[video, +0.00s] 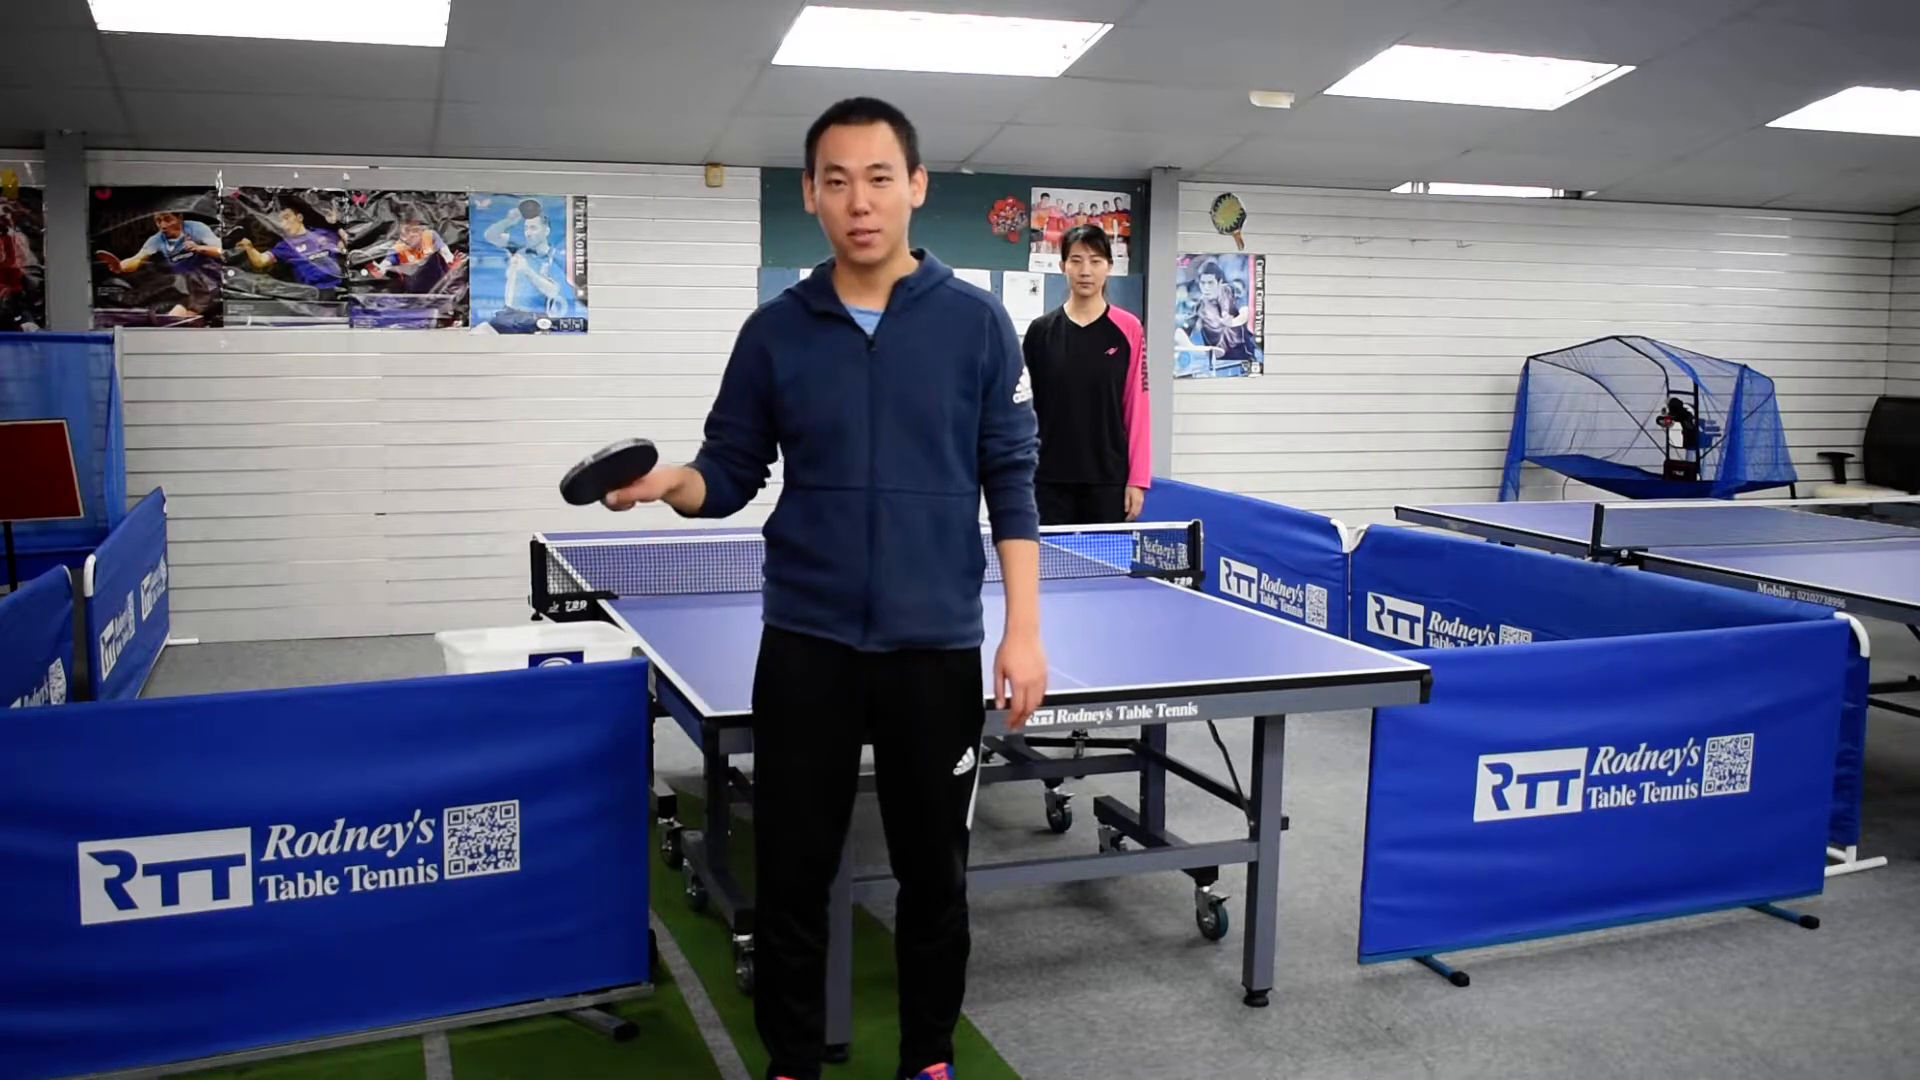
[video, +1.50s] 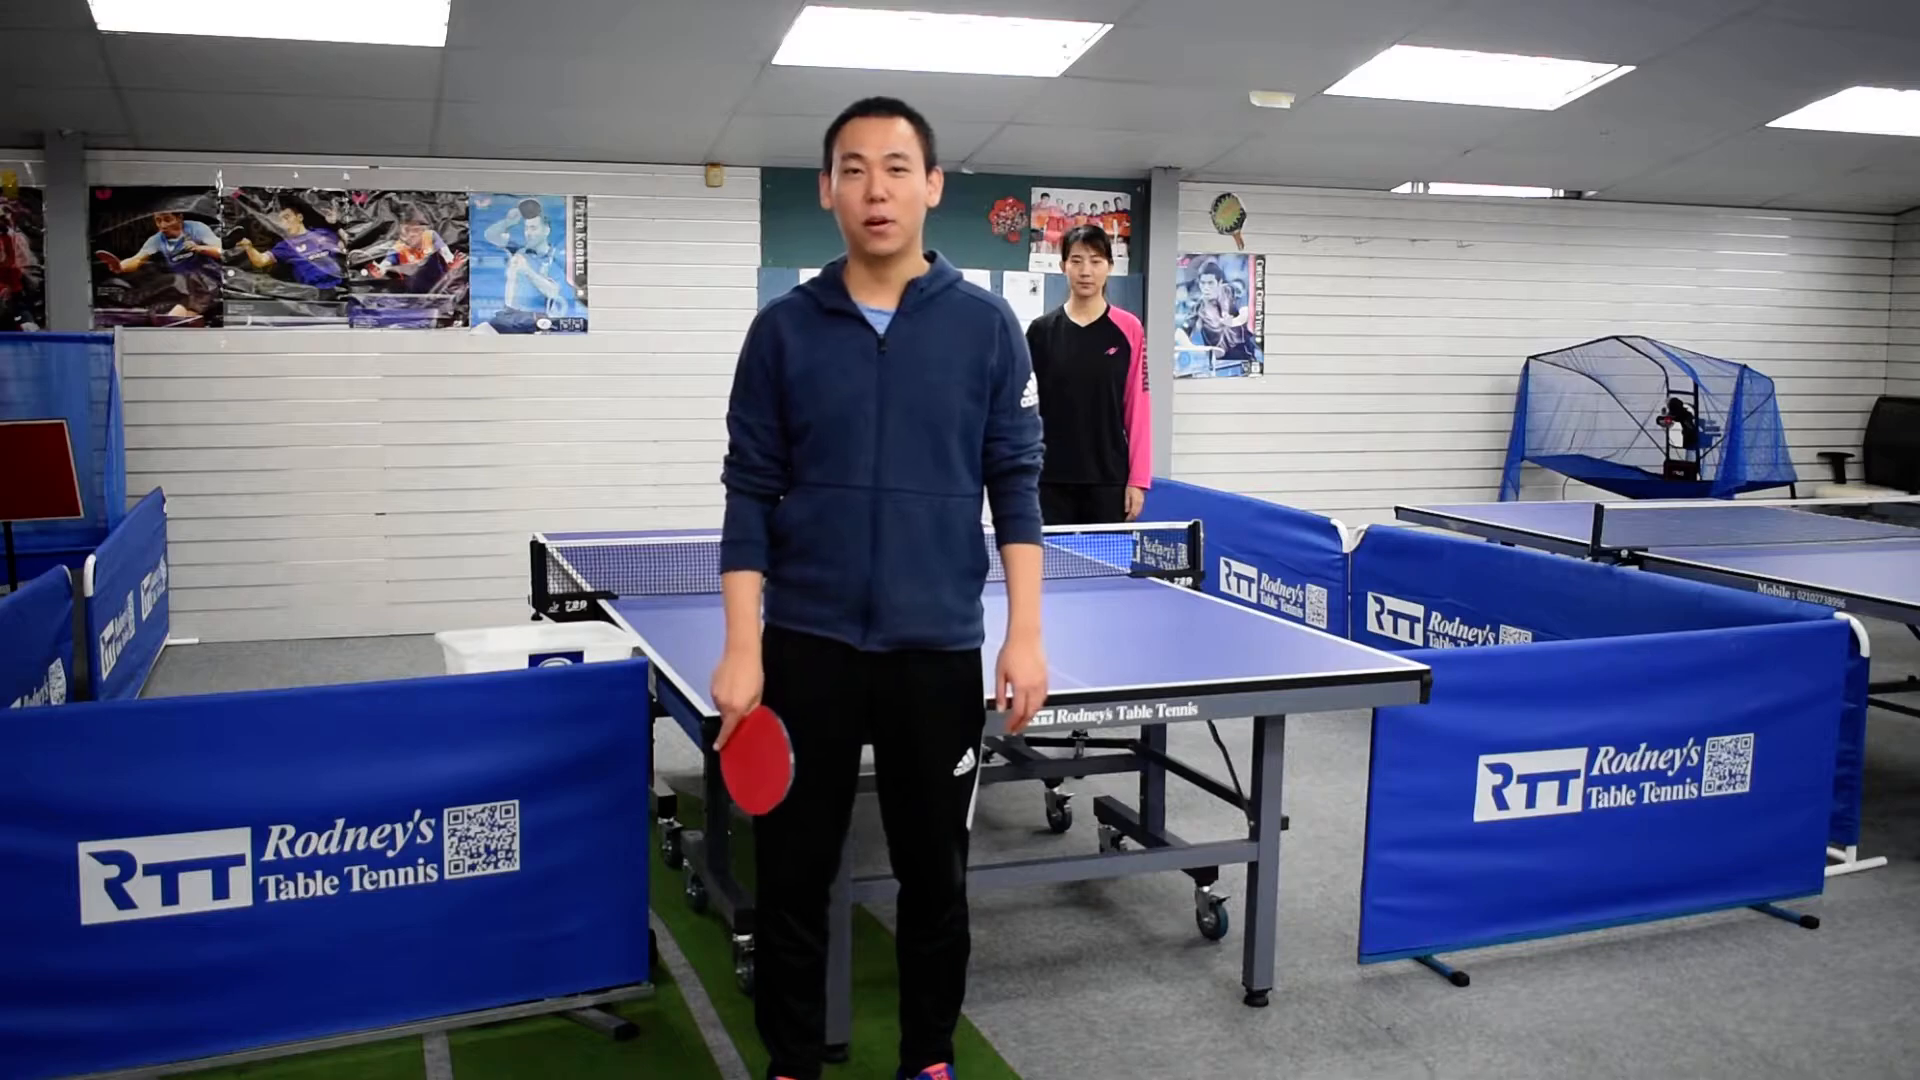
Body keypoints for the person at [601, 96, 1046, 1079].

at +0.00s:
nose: (859, 201)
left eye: (879, 178)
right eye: (838, 181)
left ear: (917, 188)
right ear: (811, 197)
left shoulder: (976, 324)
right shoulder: (776, 329)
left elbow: (1011, 479)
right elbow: (729, 474)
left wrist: (1023, 628)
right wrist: (673, 481)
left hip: (935, 639)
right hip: (806, 636)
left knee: (932, 869)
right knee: (792, 867)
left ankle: (929, 1058)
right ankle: (791, 1062)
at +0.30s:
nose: (864, 190)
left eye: (886, 169)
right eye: (844, 171)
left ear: (923, 187)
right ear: (818, 192)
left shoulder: (980, 325)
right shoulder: (778, 326)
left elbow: (1009, 486)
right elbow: (736, 460)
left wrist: (1017, 633)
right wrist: (692, 505)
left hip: (936, 643)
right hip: (807, 638)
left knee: (931, 873)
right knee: (792, 870)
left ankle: (928, 1059)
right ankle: (792, 1062)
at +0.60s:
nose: (875, 178)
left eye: (898, 161)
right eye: (855, 162)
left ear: (932, 188)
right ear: (831, 191)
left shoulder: (986, 326)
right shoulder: (787, 329)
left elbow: (1017, 481)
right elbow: (744, 486)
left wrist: (1024, 631)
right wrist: (764, 640)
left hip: (939, 645)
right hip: (812, 643)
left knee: (935, 874)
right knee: (795, 879)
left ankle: (929, 1061)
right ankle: (791, 1062)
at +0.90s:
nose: (878, 183)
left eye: (900, 164)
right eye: (857, 166)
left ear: (936, 189)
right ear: (833, 193)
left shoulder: (989, 326)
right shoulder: (787, 327)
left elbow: (1022, 482)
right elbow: (749, 484)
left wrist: (1032, 633)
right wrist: (754, 639)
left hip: (941, 645)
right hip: (811, 643)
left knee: (935, 874)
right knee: (796, 878)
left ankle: (929, 1059)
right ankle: (792, 1063)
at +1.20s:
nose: (880, 189)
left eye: (903, 169)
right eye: (859, 170)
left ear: (937, 190)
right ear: (834, 193)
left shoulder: (989, 328)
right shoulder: (786, 329)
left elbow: (1019, 486)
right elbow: (750, 491)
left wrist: (1025, 634)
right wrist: (746, 647)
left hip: (938, 646)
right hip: (808, 643)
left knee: (935, 873)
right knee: (795, 876)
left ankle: (930, 1059)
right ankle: (791, 1061)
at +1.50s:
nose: (875, 189)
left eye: (897, 168)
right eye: (853, 170)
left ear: (932, 189)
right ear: (829, 193)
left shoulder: (986, 327)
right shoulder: (783, 329)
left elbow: (1017, 485)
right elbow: (748, 490)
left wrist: (1025, 634)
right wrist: (742, 645)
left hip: (936, 646)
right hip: (807, 643)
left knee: (933, 874)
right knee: (793, 878)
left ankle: (929, 1060)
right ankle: (791, 1062)